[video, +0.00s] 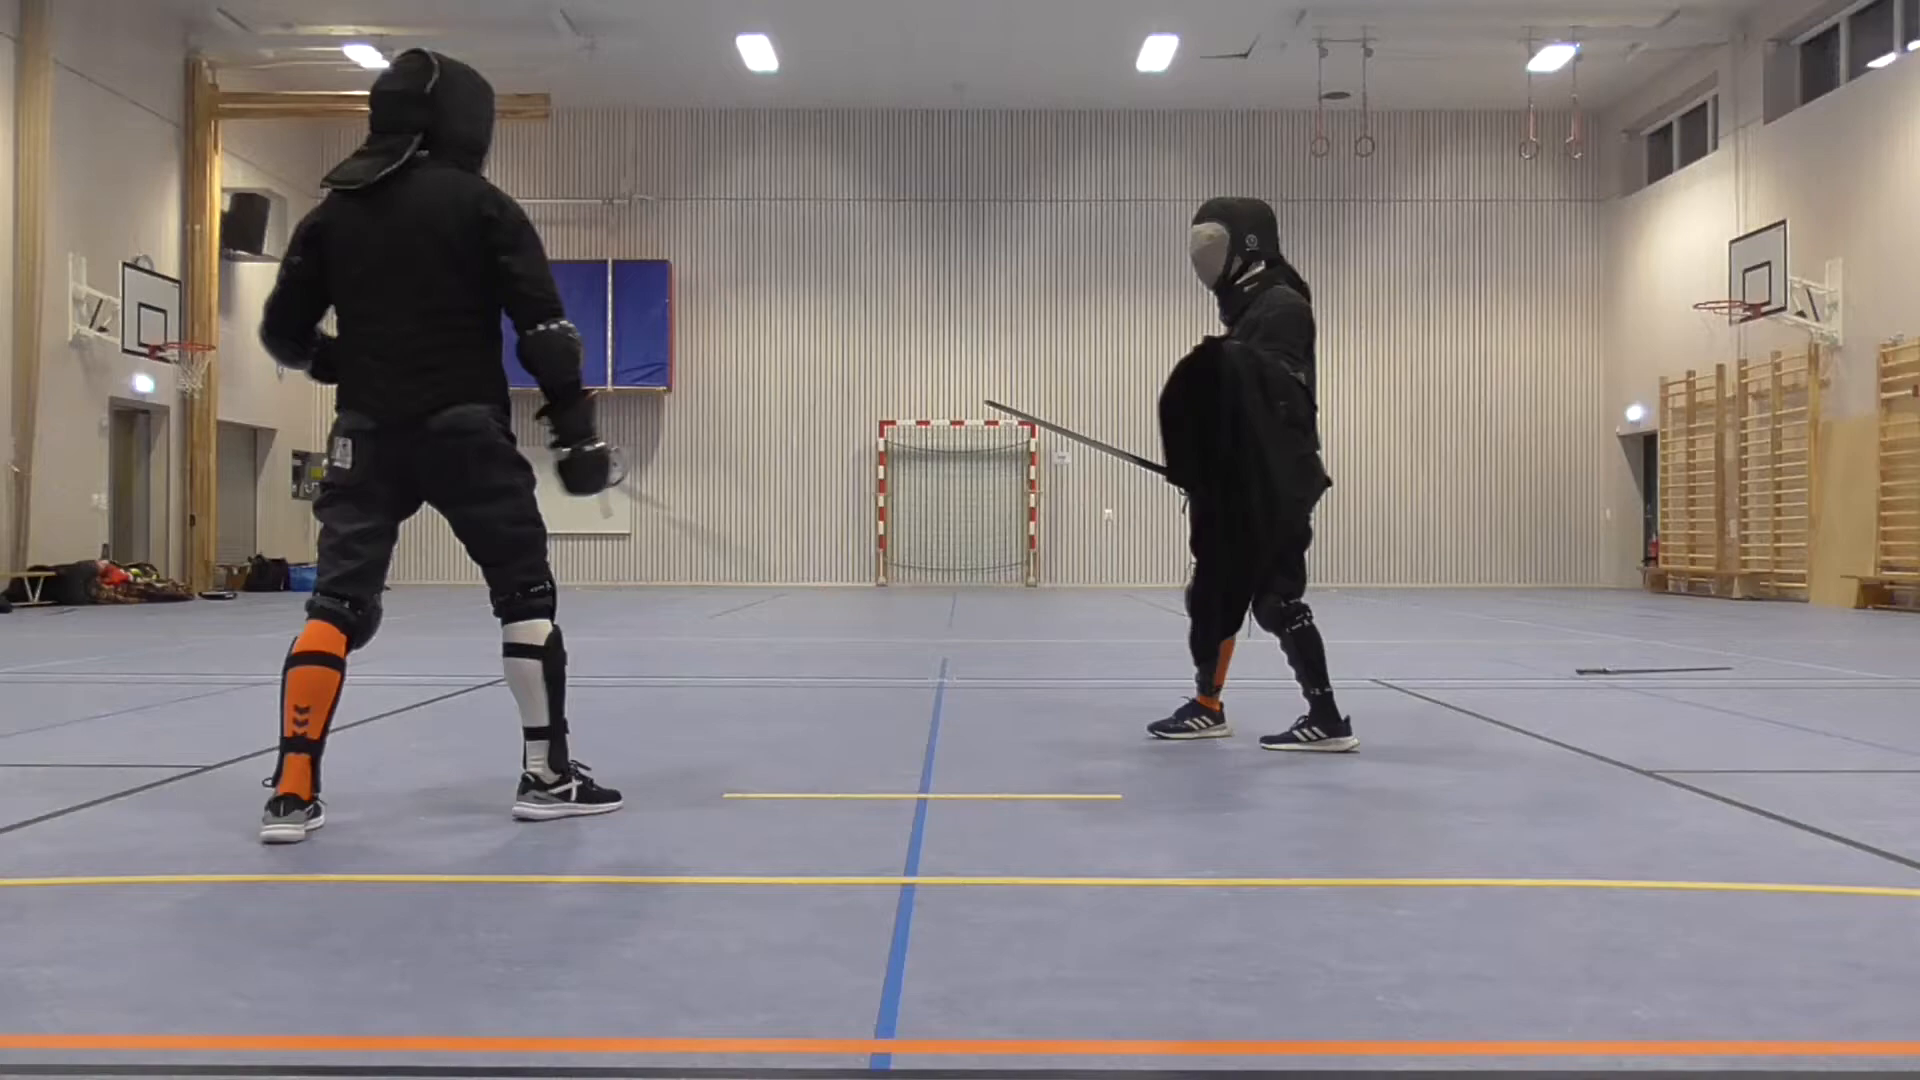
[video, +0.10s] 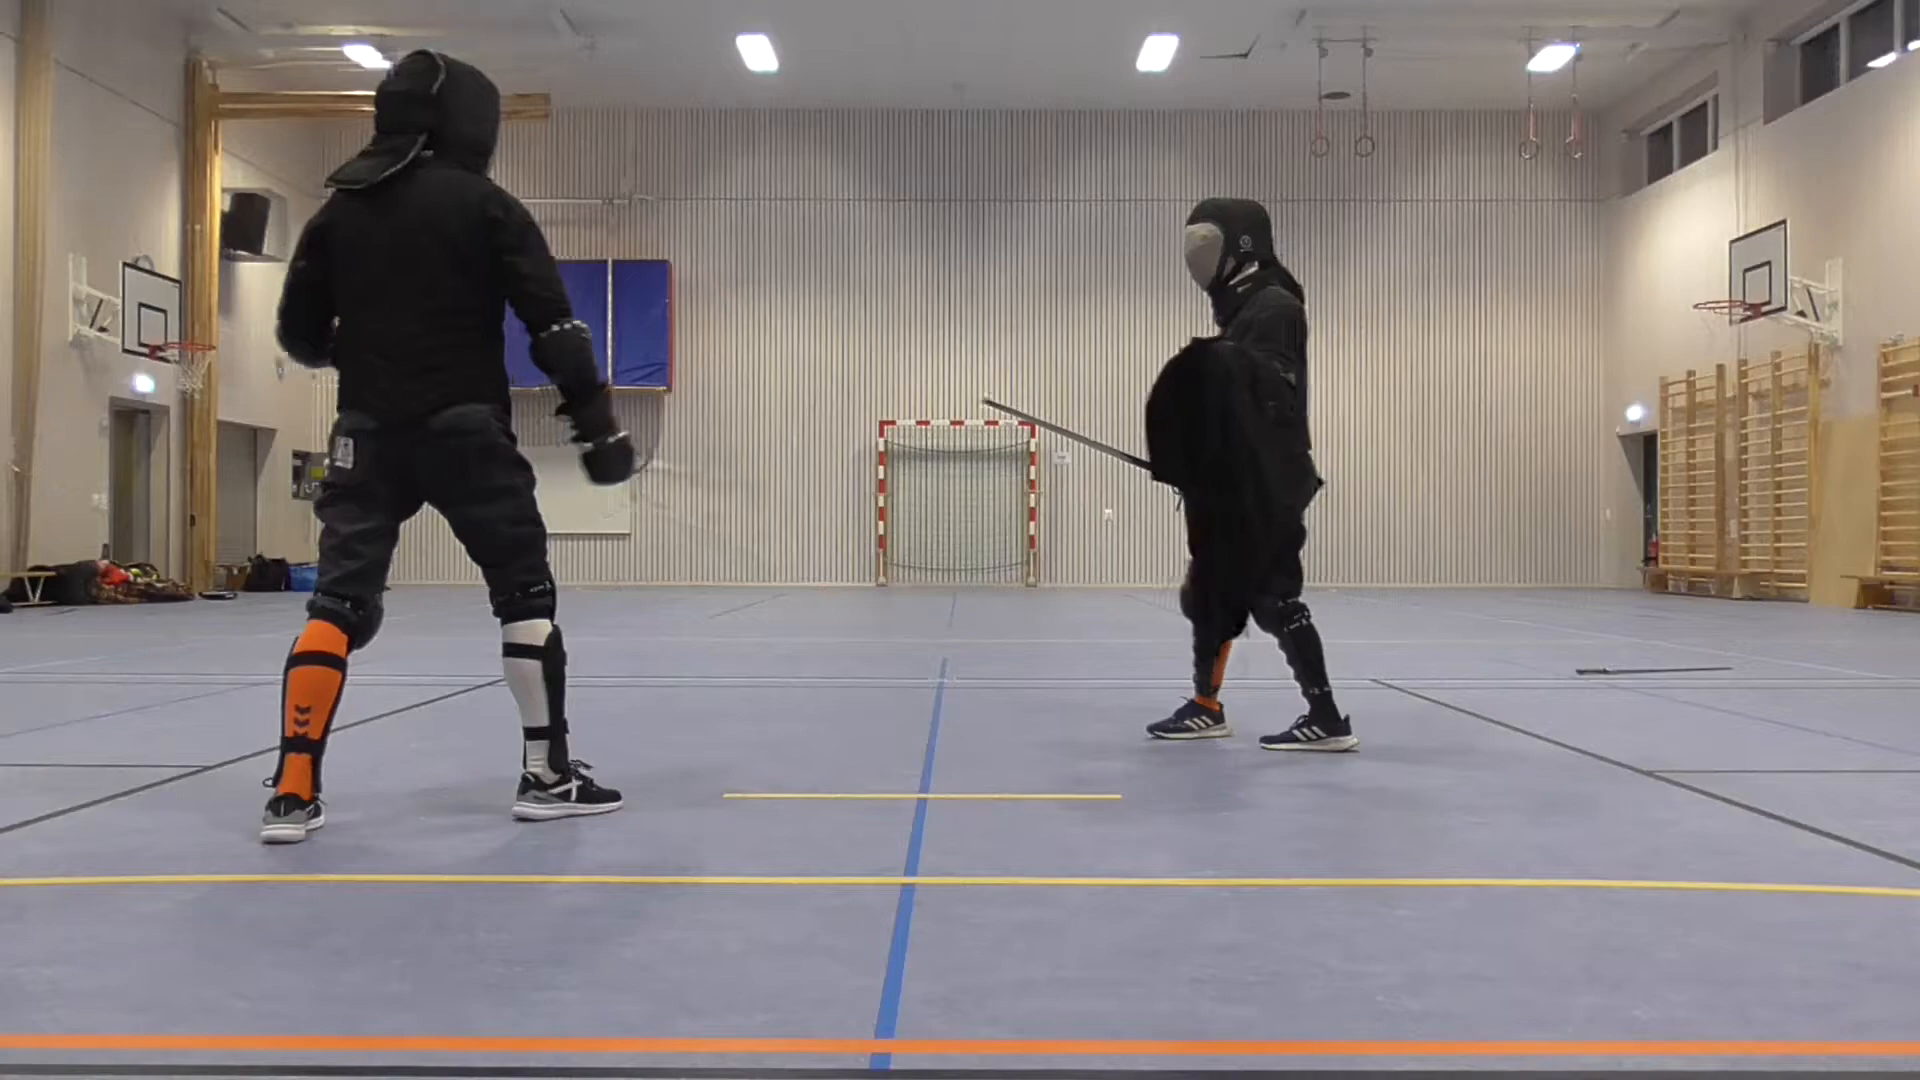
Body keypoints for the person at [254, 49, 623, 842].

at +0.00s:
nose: (485, 138)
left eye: (484, 124)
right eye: (480, 123)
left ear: (391, 121)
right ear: (456, 123)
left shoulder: (337, 211)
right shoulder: (481, 206)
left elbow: (283, 333)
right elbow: (546, 329)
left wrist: (357, 364)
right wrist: (577, 432)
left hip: (365, 437)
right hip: (470, 435)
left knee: (337, 599)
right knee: (524, 592)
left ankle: (292, 788)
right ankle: (547, 767)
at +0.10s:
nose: (491, 139)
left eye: (489, 125)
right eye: (486, 124)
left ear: (396, 121)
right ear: (463, 124)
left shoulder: (342, 209)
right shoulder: (486, 206)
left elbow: (299, 335)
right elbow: (556, 330)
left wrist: (369, 346)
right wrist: (600, 430)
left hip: (365, 437)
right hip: (470, 434)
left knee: (338, 599)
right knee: (523, 590)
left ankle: (293, 790)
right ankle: (546, 767)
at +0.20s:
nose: (492, 142)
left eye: (490, 127)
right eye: (487, 127)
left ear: (398, 122)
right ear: (463, 127)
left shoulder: (339, 210)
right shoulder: (479, 206)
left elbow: (323, 325)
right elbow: (557, 322)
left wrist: (398, 353)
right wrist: (615, 406)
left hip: (362, 437)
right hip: (459, 432)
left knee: (338, 601)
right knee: (518, 587)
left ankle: (293, 788)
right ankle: (547, 765)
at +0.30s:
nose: (496, 145)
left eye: (495, 130)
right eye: (491, 130)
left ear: (404, 123)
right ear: (467, 129)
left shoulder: (344, 212)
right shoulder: (472, 212)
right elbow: (543, 331)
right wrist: (610, 391)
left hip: (352, 436)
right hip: (443, 435)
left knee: (337, 602)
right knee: (513, 589)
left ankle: (292, 788)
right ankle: (547, 763)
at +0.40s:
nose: (505, 152)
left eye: (506, 137)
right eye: (500, 136)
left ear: (418, 125)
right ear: (471, 134)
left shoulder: (364, 206)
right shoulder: (462, 217)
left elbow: (448, 296)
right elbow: (506, 332)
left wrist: (533, 320)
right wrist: (576, 385)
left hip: (345, 432)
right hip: (430, 434)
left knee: (335, 603)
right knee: (509, 590)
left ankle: (291, 790)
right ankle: (545, 765)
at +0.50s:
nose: (520, 157)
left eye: (522, 140)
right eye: (515, 139)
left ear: (446, 127)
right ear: (485, 136)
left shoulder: (384, 205)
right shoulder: (460, 221)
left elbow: (415, 336)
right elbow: (477, 355)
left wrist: (517, 350)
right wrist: (544, 390)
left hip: (347, 433)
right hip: (428, 436)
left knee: (337, 605)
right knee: (509, 589)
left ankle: (290, 791)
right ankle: (545, 768)